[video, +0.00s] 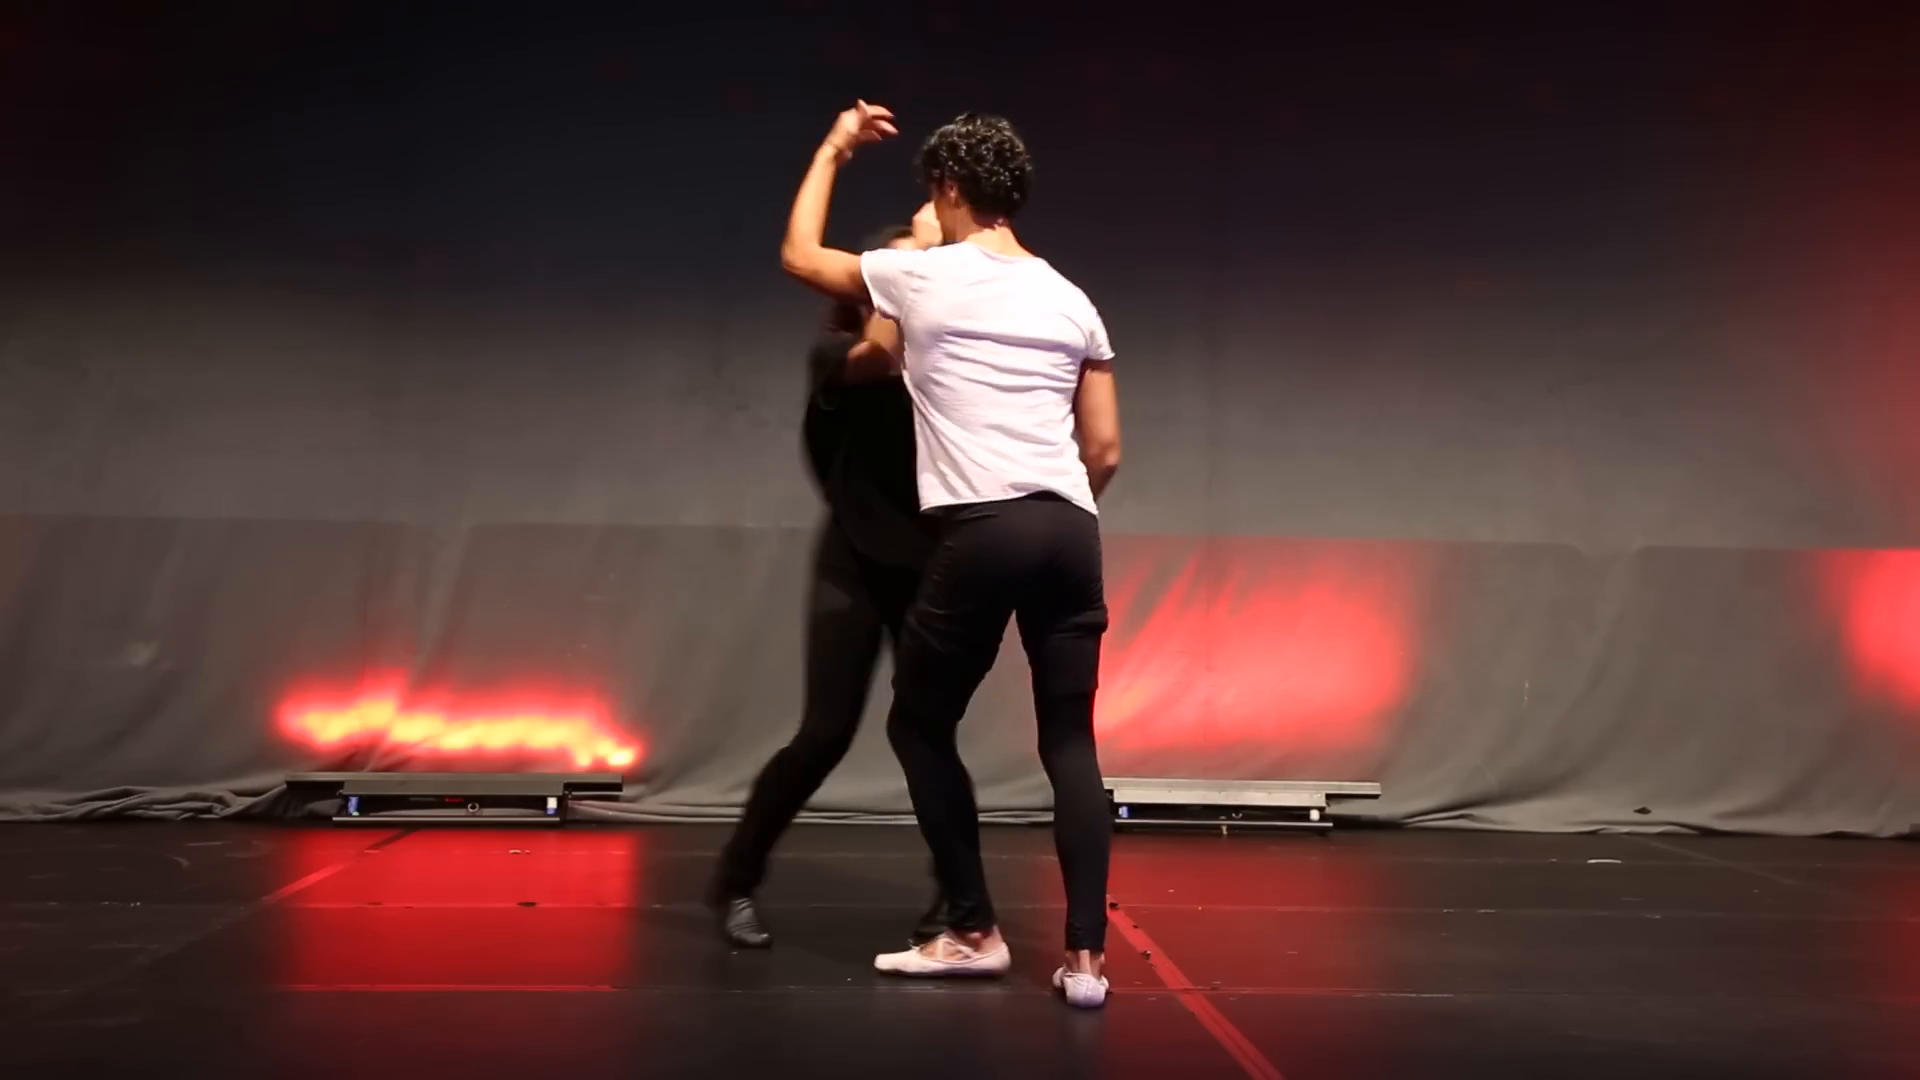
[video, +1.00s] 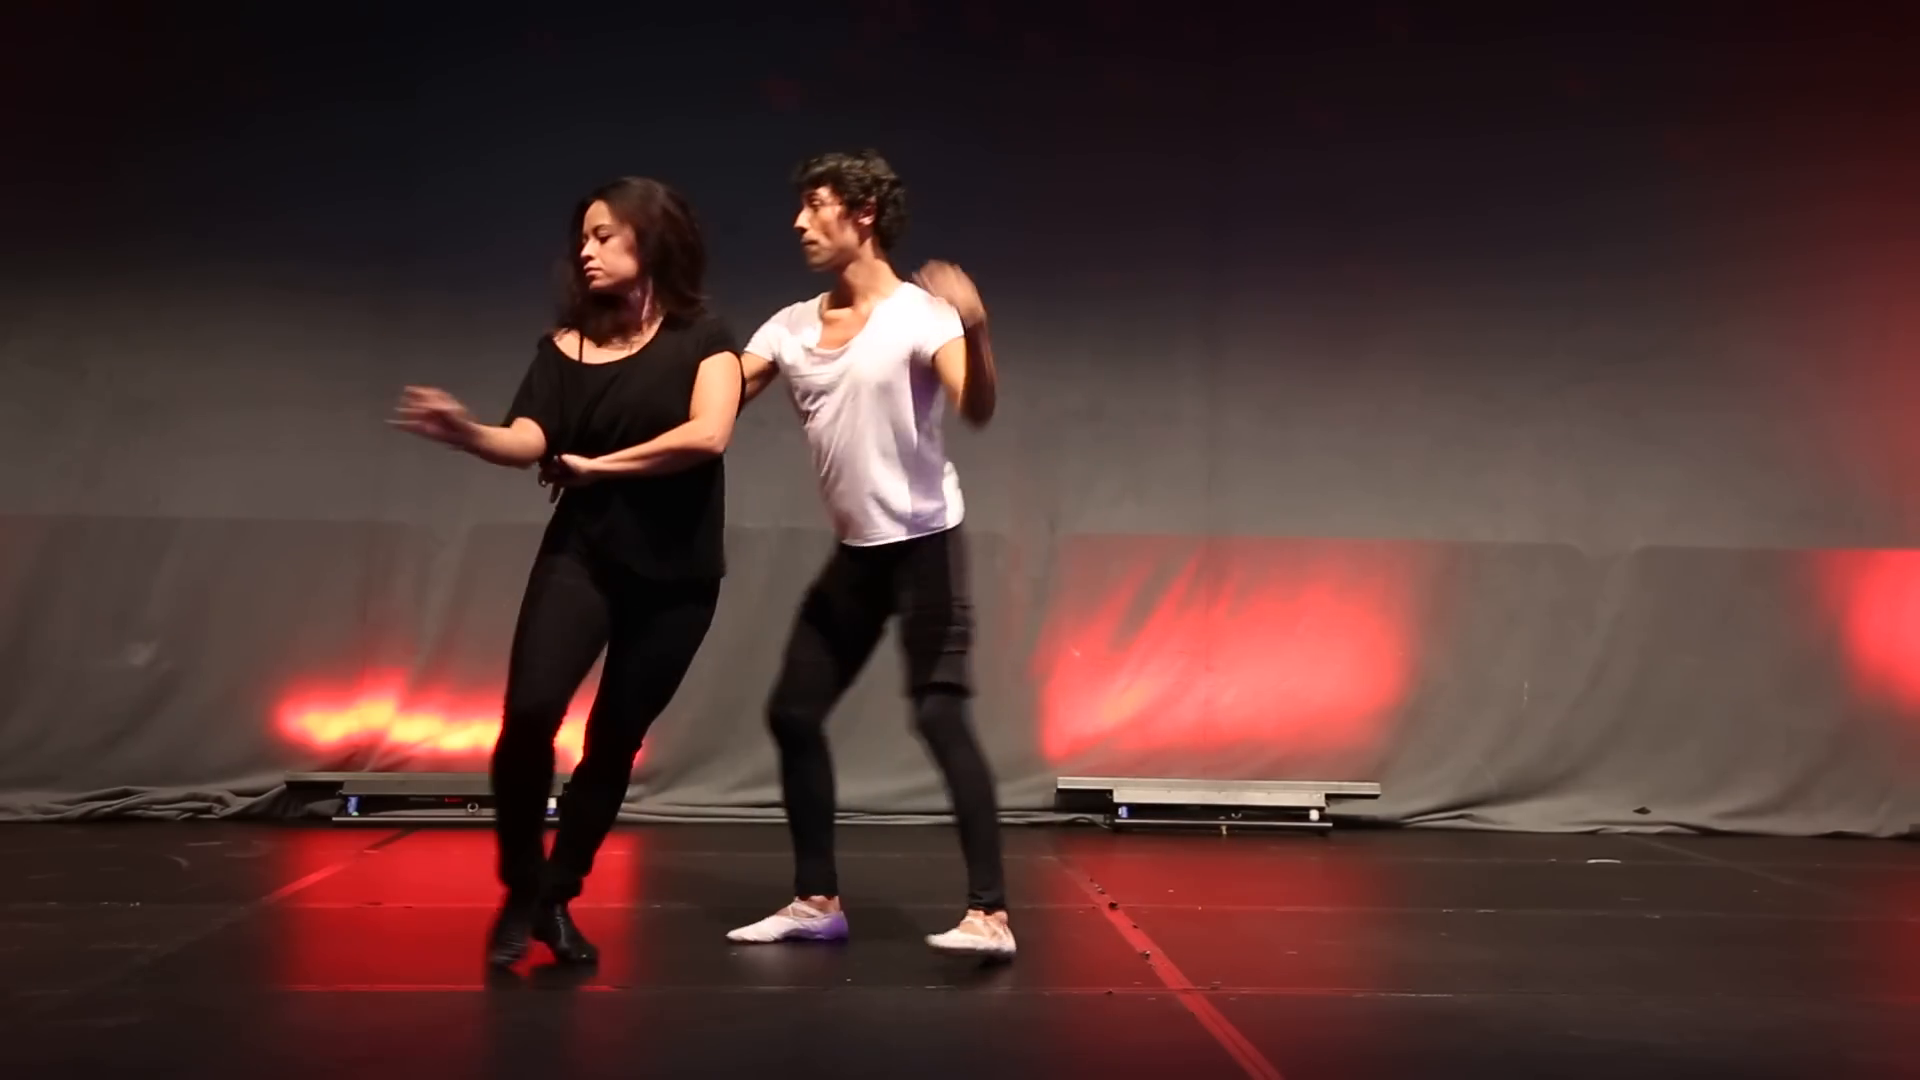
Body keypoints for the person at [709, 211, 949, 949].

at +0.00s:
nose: (919, 281)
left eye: (927, 267)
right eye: (904, 267)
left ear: (940, 281)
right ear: (866, 286)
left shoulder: (946, 351)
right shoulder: (838, 352)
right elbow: (884, 350)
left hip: (933, 556)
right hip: (856, 552)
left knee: (928, 733)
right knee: (826, 732)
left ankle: (958, 904)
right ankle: (735, 884)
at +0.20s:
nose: (872, 265)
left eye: (865, 248)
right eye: (857, 251)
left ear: (807, 283)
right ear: (816, 278)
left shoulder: (788, 348)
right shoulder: (828, 341)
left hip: (768, 548)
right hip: (801, 548)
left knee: (802, 725)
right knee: (812, 729)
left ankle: (709, 879)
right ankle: (707, 882)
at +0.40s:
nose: (824, 274)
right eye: (816, 265)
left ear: (714, 274)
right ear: (800, 273)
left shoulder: (693, 348)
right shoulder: (831, 353)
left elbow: (647, 433)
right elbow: (848, 458)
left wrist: (706, 471)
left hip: (702, 561)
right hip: (798, 567)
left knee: (655, 717)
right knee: (761, 731)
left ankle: (638, 884)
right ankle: (730, 907)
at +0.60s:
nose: (657, 235)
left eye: (674, 223)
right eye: (660, 222)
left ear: (718, 244)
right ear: (694, 242)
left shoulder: (707, 319)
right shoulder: (686, 324)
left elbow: (625, 410)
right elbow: (579, 361)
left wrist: (632, 438)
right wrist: (530, 279)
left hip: (705, 547)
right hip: (706, 546)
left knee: (646, 715)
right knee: (689, 715)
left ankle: (644, 906)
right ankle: (769, 883)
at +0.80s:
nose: (612, 236)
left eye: (631, 222)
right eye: (613, 223)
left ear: (679, 236)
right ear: (621, 241)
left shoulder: (714, 331)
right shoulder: (595, 342)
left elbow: (681, 418)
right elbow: (496, 389)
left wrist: (604, 449)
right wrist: (384, 354)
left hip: (687, 566)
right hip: (604, 551)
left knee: (638, 730)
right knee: (555, 713)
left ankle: (605, 901)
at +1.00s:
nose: (588, 250)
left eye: (604, 235)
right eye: (585, 238)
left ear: (652, 242)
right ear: (586, 252)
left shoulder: (707, 340)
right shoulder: (566, 346)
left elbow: (709, 434)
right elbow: (526, 443)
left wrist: (602, 463)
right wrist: (461, 429)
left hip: (674, 575)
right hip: (580, 559)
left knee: (612, 739)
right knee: (528, 717)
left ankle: (555, 899)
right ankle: (520, 894)